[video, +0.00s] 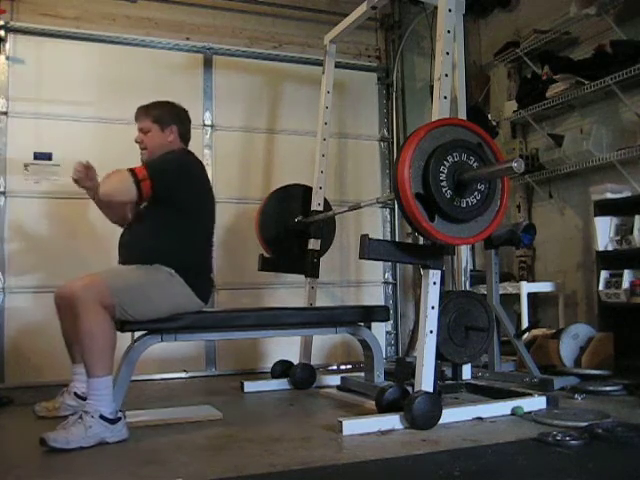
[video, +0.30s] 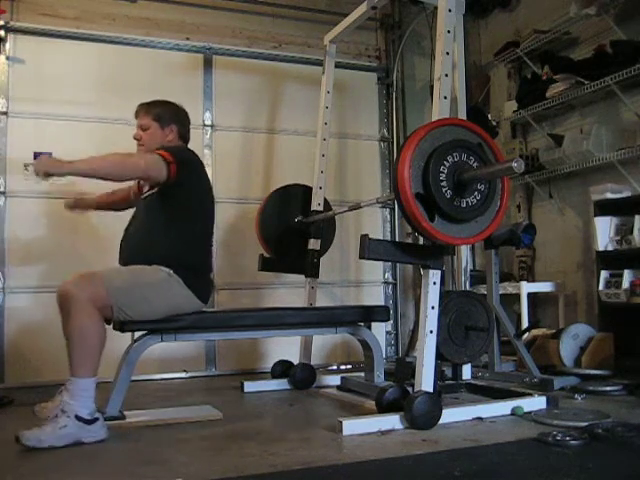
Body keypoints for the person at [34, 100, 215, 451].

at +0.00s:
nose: (138, 140)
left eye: (145, 132)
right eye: (138, 133)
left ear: (171, 134)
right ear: (168, 136)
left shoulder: (180, 163)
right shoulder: (164, 170)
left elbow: (115, 188)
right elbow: (125, 217)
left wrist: (109, 186)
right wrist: (93, 189)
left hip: (178, 280)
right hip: (153, 277)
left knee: (87, 293)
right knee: (66, 297)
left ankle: (105, 416)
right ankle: (82, 393)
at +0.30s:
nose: (136, 137)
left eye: (144, 129)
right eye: (137, 130)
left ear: (172, 132)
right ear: (167, 135)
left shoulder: (183, 161)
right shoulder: (160, 173)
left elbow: (131, 165)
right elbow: (125, 196)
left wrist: (63, 166)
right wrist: (90, 202)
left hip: (179, 281)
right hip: (157, 279)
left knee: (80, 291)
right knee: (70, 294)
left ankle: (83, 414)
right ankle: (77, 398)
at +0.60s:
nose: (114, 129)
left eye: (121, 122)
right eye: (114, 122)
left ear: (148, 124)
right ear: (145, 126)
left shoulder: (169, 161)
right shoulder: (146, 164)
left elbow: (190, 206)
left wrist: (179, 241)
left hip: (172, 281)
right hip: (148, 276)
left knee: (83, 293)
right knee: (74, 292)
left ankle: (87, 415)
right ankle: (72, 392)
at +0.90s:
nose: (101, 130)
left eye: (107, 122)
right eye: (100, 123)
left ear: (134, 123)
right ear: (128, 125)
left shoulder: (151, 162)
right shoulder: (129, 165)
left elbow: (163, 216)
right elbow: (130, 230)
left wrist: (97, 253)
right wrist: (88, 256)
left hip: (169, 278)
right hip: (142, 275)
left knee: (83, 292)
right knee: (66, 289)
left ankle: (87, 416)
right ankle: (70, 391)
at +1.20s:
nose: (64, 142)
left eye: (70, 133)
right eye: (63, 134)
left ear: (97, 129)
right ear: (93, 132)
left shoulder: (114, 168)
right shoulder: (99, 171)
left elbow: (113, 224)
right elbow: (98, 228)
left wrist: (51, 250)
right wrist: (52, 248)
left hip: (165, 276)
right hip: (143, 274)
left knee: (77, 295)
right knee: (69, 292)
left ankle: (87, 417)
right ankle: (71, 394)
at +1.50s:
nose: (56, 134)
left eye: (62, 126)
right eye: (55, 127)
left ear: (90, 124)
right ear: (84, 127)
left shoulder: (102, 162)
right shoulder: (84, 166)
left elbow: (76, 212)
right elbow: (60, 213)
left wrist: (29, 244)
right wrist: (22, 233)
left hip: (156, 270)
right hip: (133, 268)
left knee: (71, 293)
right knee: (66, 290)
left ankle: (85, 416)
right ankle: (72, 392)